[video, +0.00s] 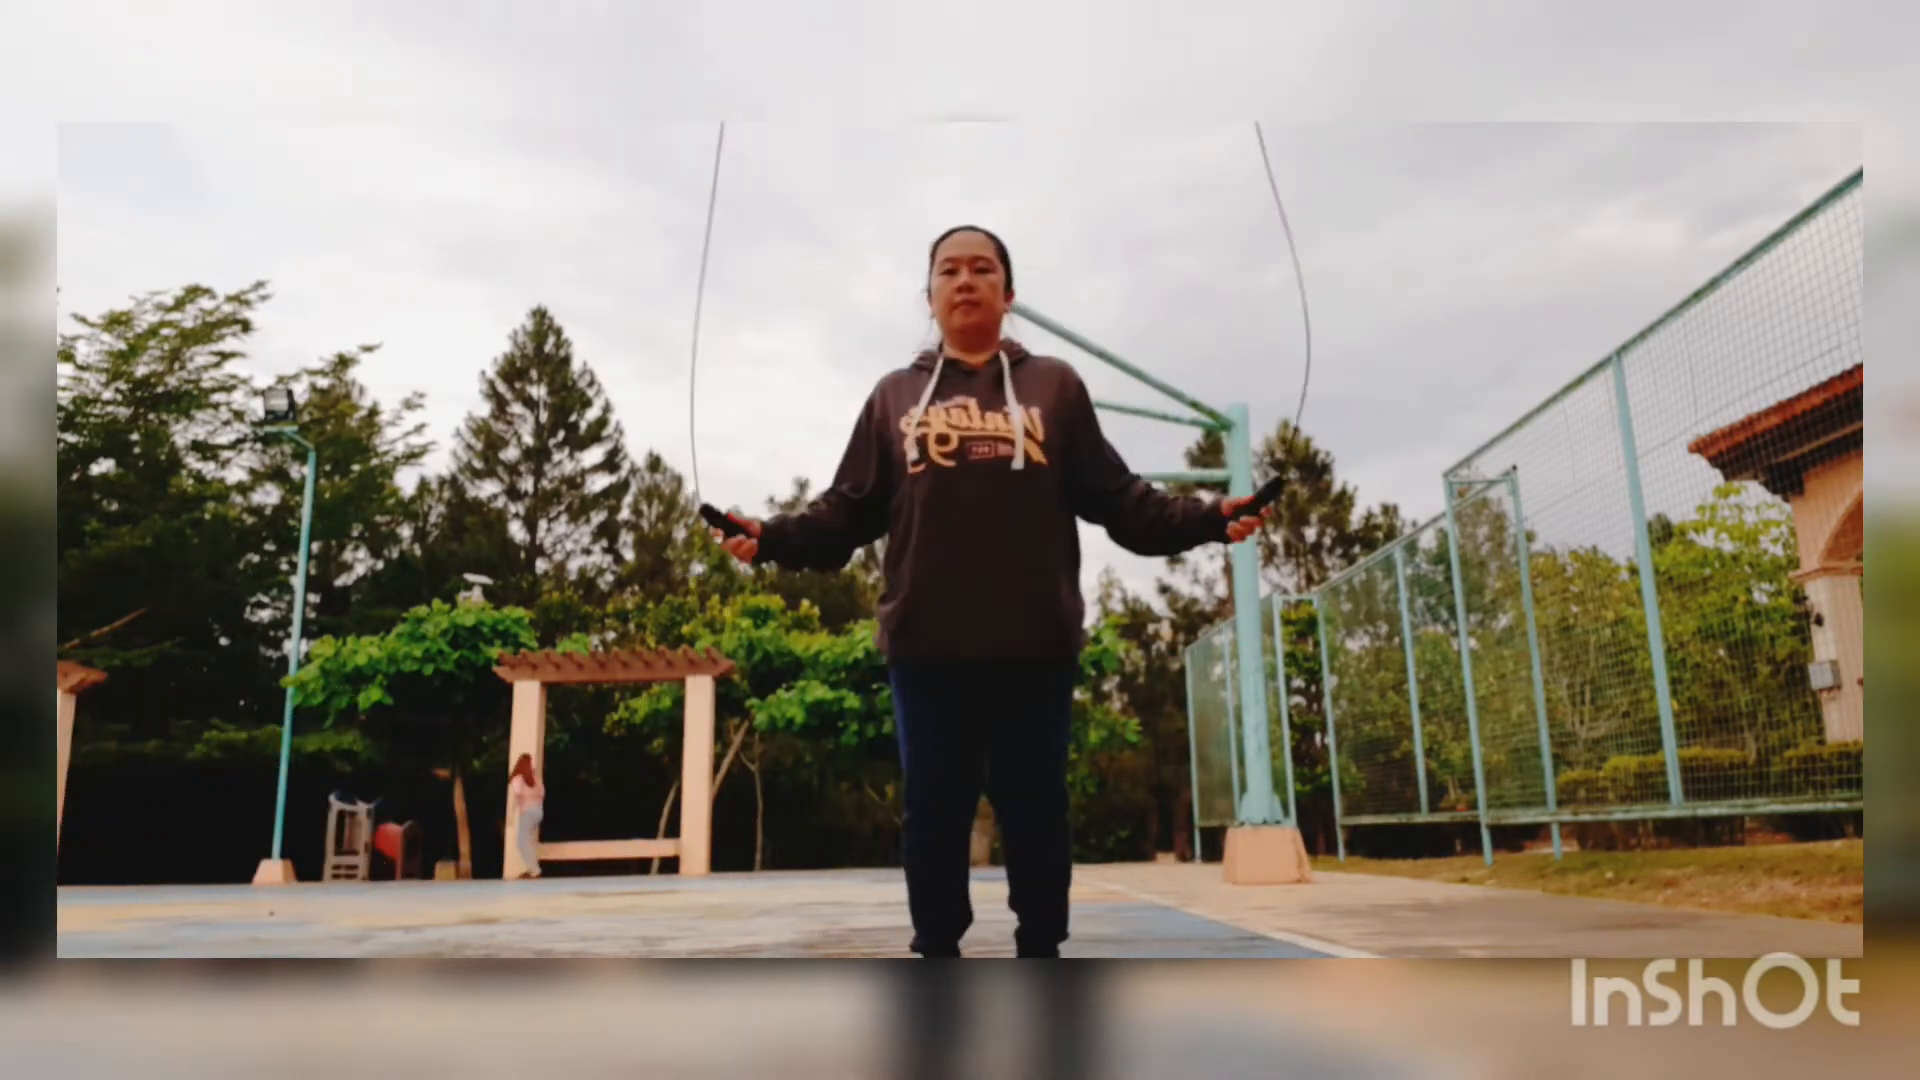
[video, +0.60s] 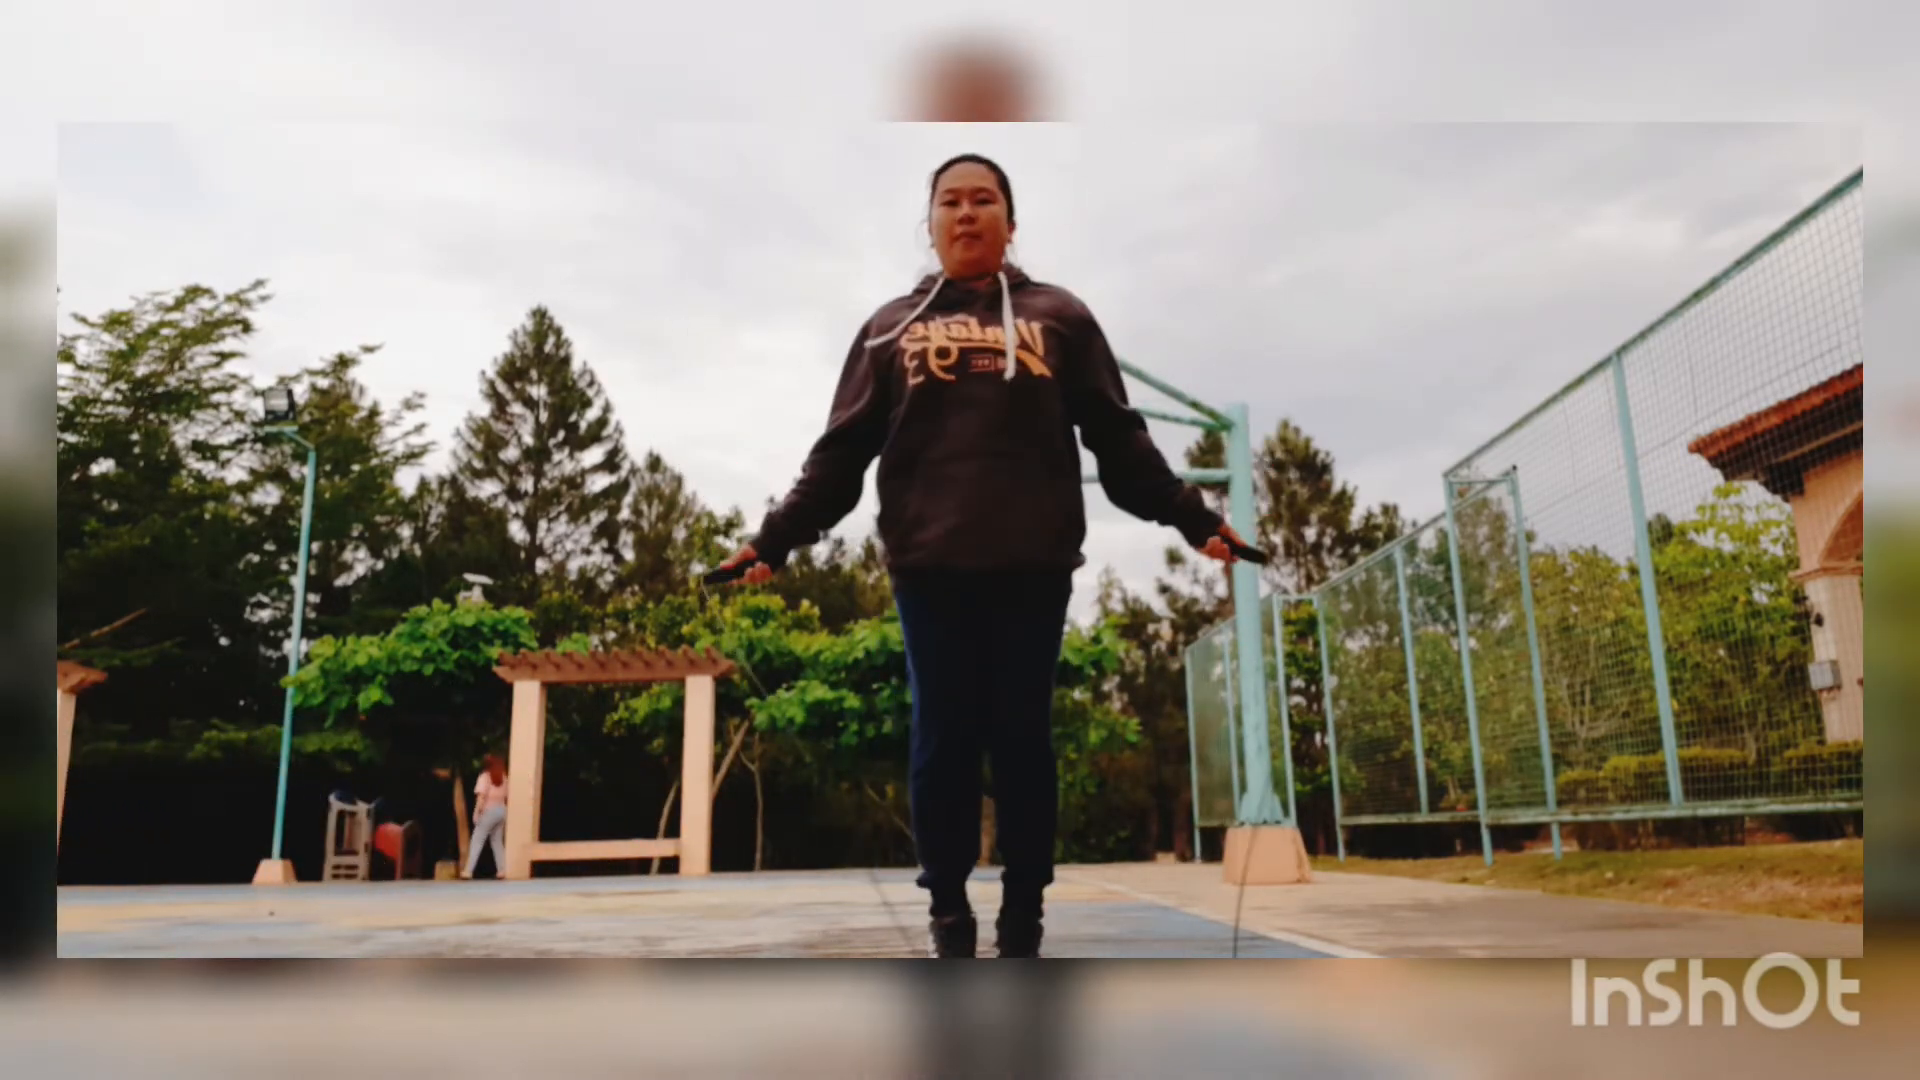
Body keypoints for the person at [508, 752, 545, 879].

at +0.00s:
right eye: (529, 764)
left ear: (519, 764)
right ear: (530, 765)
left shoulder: (518, 778)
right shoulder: (535, 777)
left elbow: (517, 795)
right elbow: (542, 792)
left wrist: (512, 813)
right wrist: (539, 805)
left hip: (527, 810)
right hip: (538, 809)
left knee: (522, 840)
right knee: (529, 840)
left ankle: (534, 868)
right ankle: (531, 867)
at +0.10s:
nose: (520, 766)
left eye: (517, 763)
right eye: (523, 763)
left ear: (514, 764)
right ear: (525, 764)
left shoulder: (510, 778)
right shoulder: (530, 777)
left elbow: (506, 798)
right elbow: (537, 793)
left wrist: (500, 813)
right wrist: (536, 809)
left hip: (519, 811)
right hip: (532, 810)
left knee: (520, 842)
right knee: (518, 841)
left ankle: (534, 868)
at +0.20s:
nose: (517, 766)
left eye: (515, 763)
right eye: (518, 763)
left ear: (511, 764)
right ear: (521, 765)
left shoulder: (506, 778)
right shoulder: (527, 778)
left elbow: (499, 797)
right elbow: (533, 797)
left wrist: (492, 813)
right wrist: (535, 814)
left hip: (512, 812)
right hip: (524, 811)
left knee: (516, 842)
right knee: (510, 841)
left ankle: (532, 867)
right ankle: (501, 871)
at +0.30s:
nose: (509, 768)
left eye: (507, 765)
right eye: (511, 765)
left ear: (503, 765)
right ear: (514, 765)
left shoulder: (499, 778)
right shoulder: (519, 779)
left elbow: (493, 796)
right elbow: (522, 799)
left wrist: (486, 812)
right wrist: (526, 817)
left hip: (503, 812)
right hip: (516, 812)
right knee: (501, 843)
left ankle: (521, 863)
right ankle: (501, 871)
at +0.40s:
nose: (503, 767)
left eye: (501, 763)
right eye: (505, 764)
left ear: (498, 765)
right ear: (510, 765)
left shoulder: (494, 778)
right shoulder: (513, 778)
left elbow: (489, 797)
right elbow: (516, 796)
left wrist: (484, 812)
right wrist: (516, 815)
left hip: (499, 812)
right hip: (512, 811)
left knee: (486, 840)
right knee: (500, 841)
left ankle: (506, 862)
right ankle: (500, 870)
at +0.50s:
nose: (495, 766)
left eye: (494, 763)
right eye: (497, 764)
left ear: (492, 764)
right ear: (504, 764)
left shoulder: (488, 777)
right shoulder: (508, 777)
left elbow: (485, 797)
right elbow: (510, 795)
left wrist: (479, 813)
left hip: (493, 810)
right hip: (506, 809)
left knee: (478, 837)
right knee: (498, 839)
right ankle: (501, 869)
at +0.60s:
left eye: (485, 763)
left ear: (487, 764)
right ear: (499, 764)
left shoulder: (484, 777)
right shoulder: (504, 777)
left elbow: (481, 796)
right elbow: (507, 795)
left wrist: (476, 811)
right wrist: (506, 809)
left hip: (488, 808)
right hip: (501, 808)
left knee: (478, 838)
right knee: (497, 840)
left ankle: (468, 869)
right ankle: (501, 869)